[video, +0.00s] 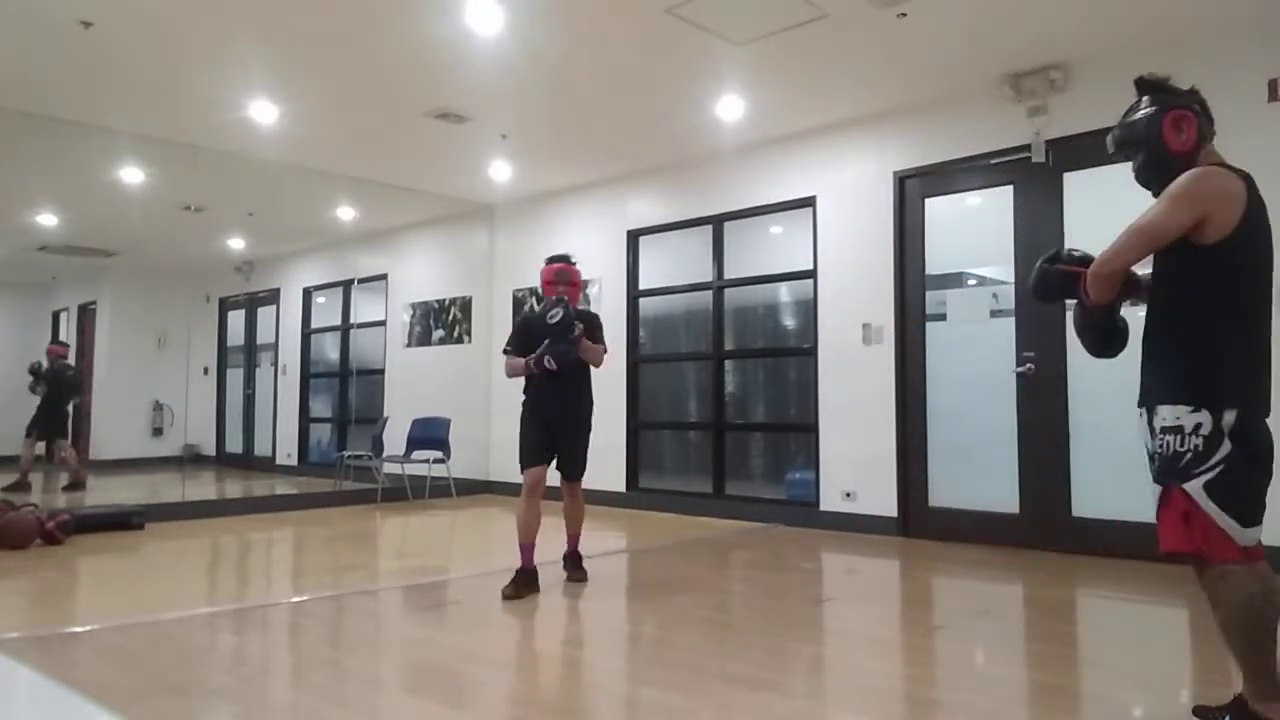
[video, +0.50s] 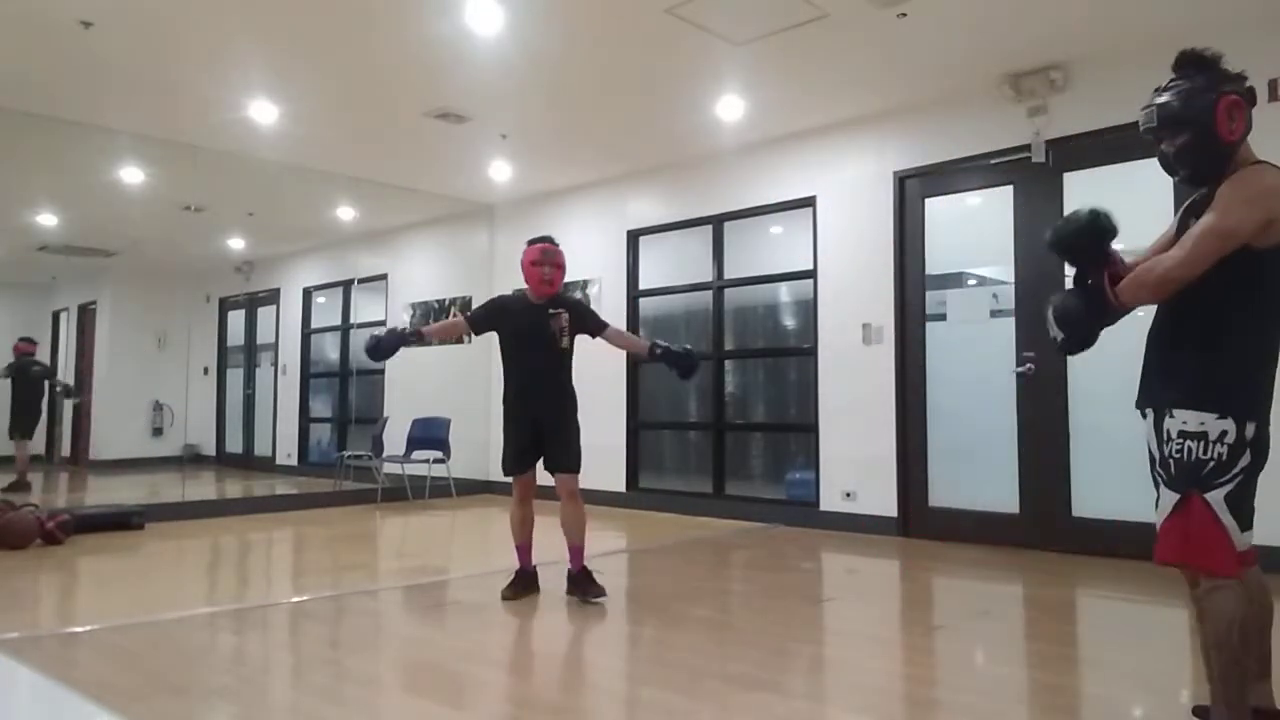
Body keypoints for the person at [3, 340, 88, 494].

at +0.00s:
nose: (47, 357)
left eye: (49, 354)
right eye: (48, 353)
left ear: (54, 355)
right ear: (64, 355)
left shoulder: (53, 371)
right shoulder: (72, 372)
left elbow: (40, 390)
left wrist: (37, 376)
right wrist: (39, 376)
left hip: (45, 411)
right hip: (61, 412)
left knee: (29, 442)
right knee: (64, 445)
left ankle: (23, 479)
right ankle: (77, 477)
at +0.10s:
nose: (39, 355)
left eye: (40, 353)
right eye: (41, 353)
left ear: (42, 354)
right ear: (57, 354)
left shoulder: (43, 370)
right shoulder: (63, 371)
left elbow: (32, 388)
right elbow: (45, 387)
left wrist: (27, 376)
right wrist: (30, 375)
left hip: (37, 412)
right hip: (52, 412)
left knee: (23, 442)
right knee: (53, 444)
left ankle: (22, 480)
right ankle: (75, 474)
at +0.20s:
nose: (32, 353)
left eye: (34, 351)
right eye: (33, 351)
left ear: (37, 353)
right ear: (51, 353)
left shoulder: (36, 369)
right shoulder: (57, 369)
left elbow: (21, 387)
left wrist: (16, 376)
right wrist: (21, 377)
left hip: (31, 411)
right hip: (47, 411)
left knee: (22, 441)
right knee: (41, 443)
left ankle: (22, 480)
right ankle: (66, 469)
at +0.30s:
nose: (26, 353)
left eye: (27, 351)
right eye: (27, 351)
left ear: (30, 352)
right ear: (44, 352)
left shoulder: (30, 368)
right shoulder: (52, 368)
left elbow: (10, 381)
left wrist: (3, 381)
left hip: (29, 411)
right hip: (43, 411)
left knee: (23, 444)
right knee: (28, 443)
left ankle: (22, 480)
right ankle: (50, 466)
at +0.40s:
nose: (20, 352)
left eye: (21, 349)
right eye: (22, 349)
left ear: (24, 351)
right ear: (38, 351)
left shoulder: (24, 367)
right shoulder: (46, 367)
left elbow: (7, 373)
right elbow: (49, 393)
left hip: (24, 410)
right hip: (38, 409)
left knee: (21, 443)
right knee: (24, 442)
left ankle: (22, 479)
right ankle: (36, 474)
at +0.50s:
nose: (14, 351)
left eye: (16, 349)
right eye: (16, 349)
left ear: (18, 350)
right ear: (32, 351)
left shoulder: (17, 366)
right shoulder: (42, 367)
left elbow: (3, 373)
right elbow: (55, 380)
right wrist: (66, 388)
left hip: (20, 410)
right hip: (34, 410)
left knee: (20, 443)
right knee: (23, 443)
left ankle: (21, 480)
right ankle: (22, 479)